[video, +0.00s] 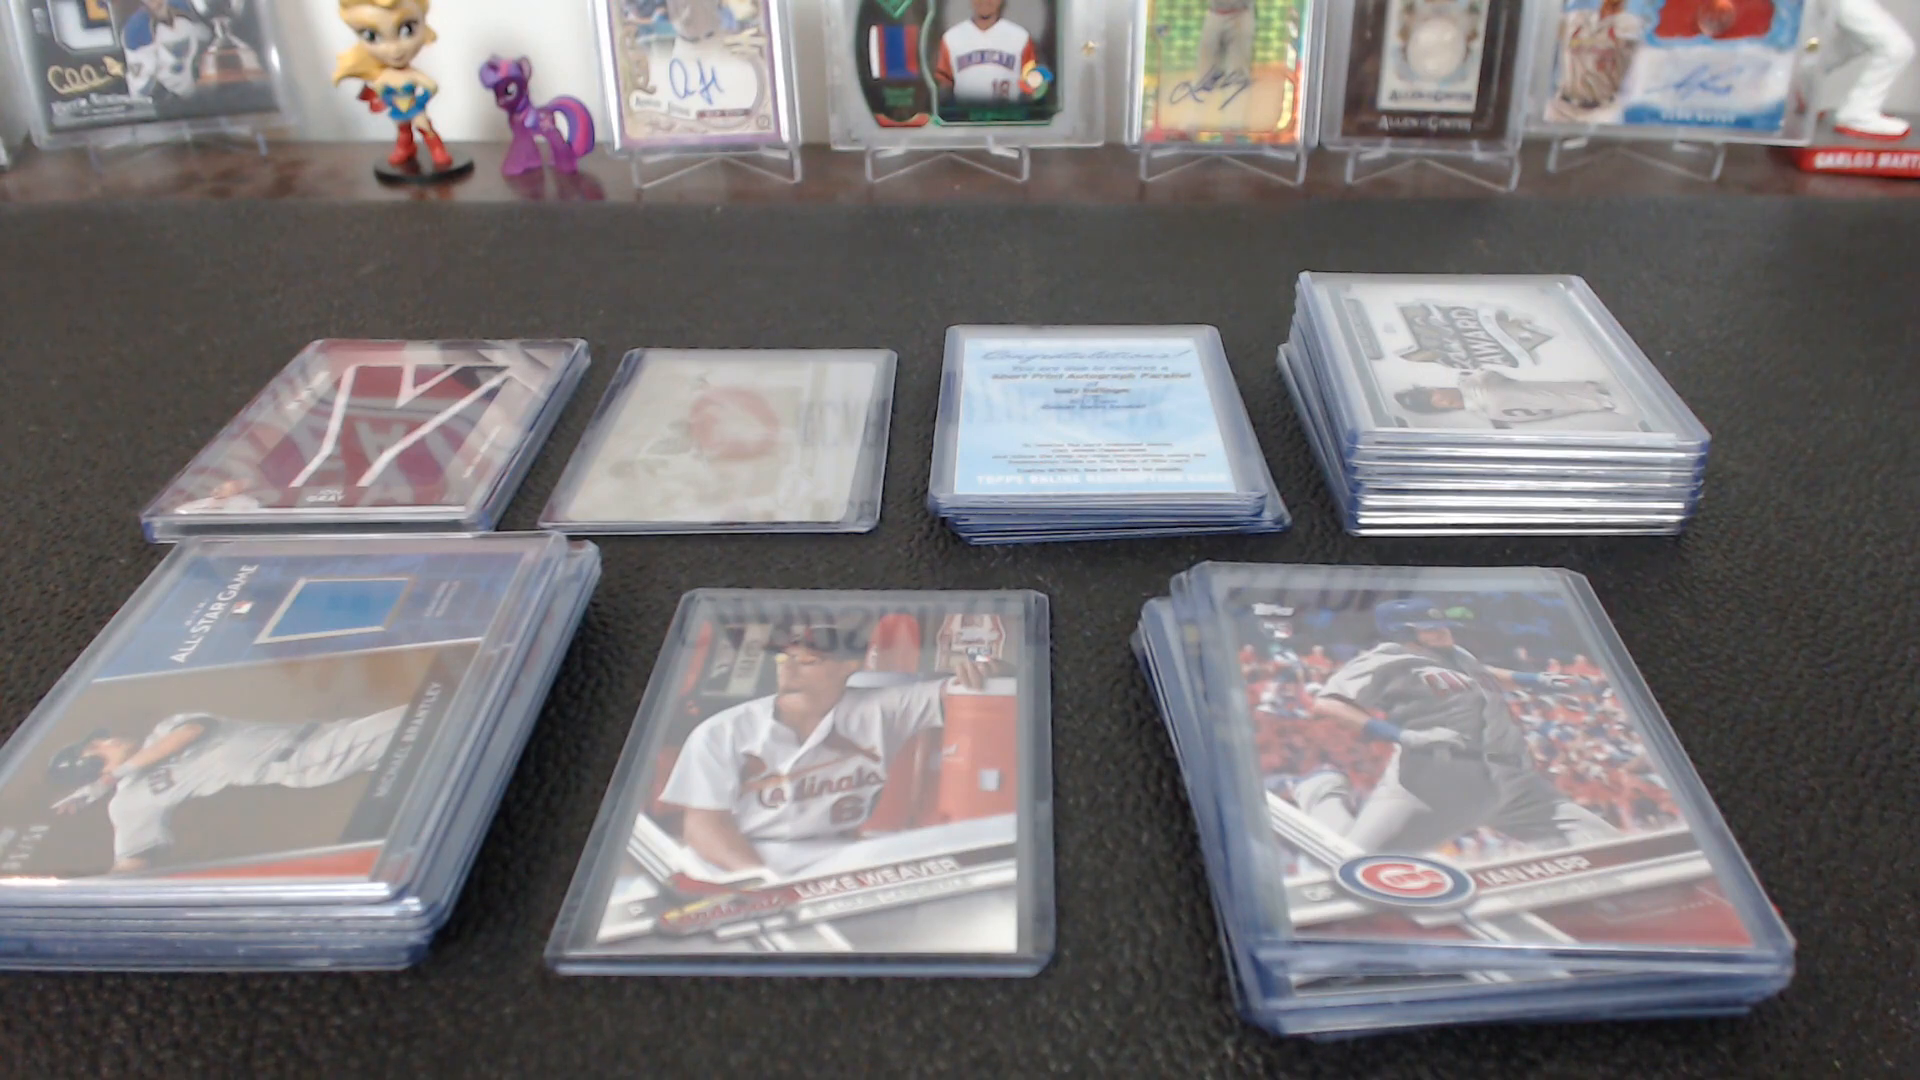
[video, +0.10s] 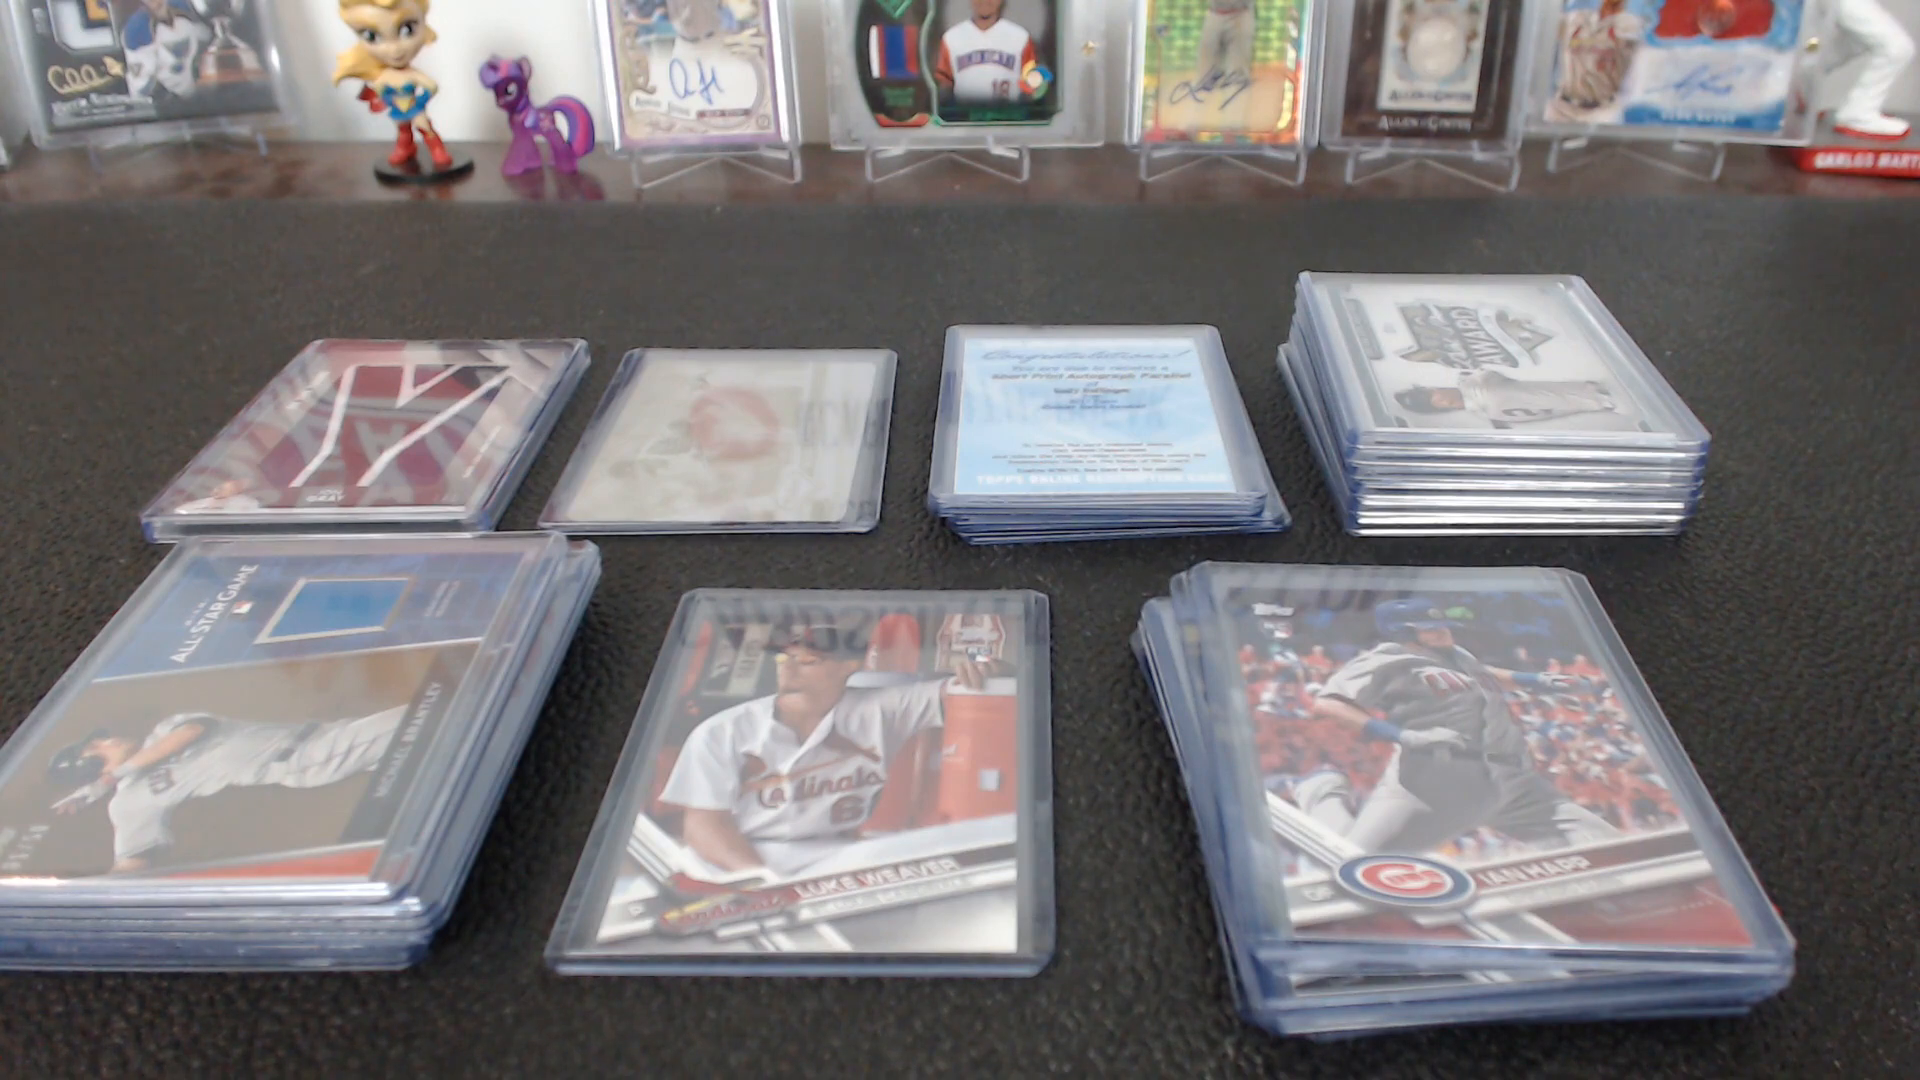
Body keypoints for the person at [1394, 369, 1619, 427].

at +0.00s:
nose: (1445, 400)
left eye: (1440, 395)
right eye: (1440, 403)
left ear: (1442, 388)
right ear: (1441, 407)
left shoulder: (1471, 380)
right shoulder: (1472, 408)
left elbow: (1497, 380)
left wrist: (1490, 399)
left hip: (1522, 390)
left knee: (1555, 395)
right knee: (1555, 404)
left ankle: (1593, 396)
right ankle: (1590, 398)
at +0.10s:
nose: (1445, 400)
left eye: (1440, 395)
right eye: (1440, 403)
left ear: (1442, 388)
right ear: (1441, 407)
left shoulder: (1471, 380)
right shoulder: (1472, 408)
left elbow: (1497, 380)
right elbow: (1495, 414)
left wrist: (1490, 399)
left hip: (1522, 390)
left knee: (1555, 395)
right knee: (1555, 404)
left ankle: (1593, 396)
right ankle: (1590, 398)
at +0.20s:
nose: (1445, 400)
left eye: (1440, 395)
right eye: (1440, 403)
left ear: (1442, 388)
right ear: (1441, 407)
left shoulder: (1471, 380)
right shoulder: (1472, 408)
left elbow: (1497, 380)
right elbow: (1495, 414)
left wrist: (1490, 399)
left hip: (1522, 390)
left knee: (1555, 395)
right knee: (1555, 404)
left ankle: (1593, 396)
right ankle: (1590, 398)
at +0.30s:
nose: (1445, 400)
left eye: (1440, 395)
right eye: (1440, 403)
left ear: (1442, 388)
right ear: (1441, 407)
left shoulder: (1471, 380)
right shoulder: (1472, 408)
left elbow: (1497, 380)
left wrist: (1490, 399)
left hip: (1523, 390)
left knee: (1554, 395)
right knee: (1555, 404)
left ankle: (1592, 395)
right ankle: (1591, 399)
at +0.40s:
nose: (1445, 400)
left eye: (1440, 395)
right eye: (1440, 403)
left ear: (1442, 388)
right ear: (1441, 407)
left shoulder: (1471, 380)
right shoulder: (1472, 408)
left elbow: (1497, 380)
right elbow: (1495, 415)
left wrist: (1490, 399)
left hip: (1523, 390)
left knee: (1555, 395)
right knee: (1555, 404)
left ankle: (1592, 395)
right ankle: (1591, 399)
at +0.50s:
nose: (1445, 400)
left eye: (1440, 395)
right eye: (1440, 403)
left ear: (1442, 388)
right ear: (1441, 407)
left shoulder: (1471, 380)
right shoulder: (1472, 407)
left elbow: (1496, 381)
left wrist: (1490, 400)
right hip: (1508, 410)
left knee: (1552, 396)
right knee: (1552, 404)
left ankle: (1593, 396)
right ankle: (1590, 399)